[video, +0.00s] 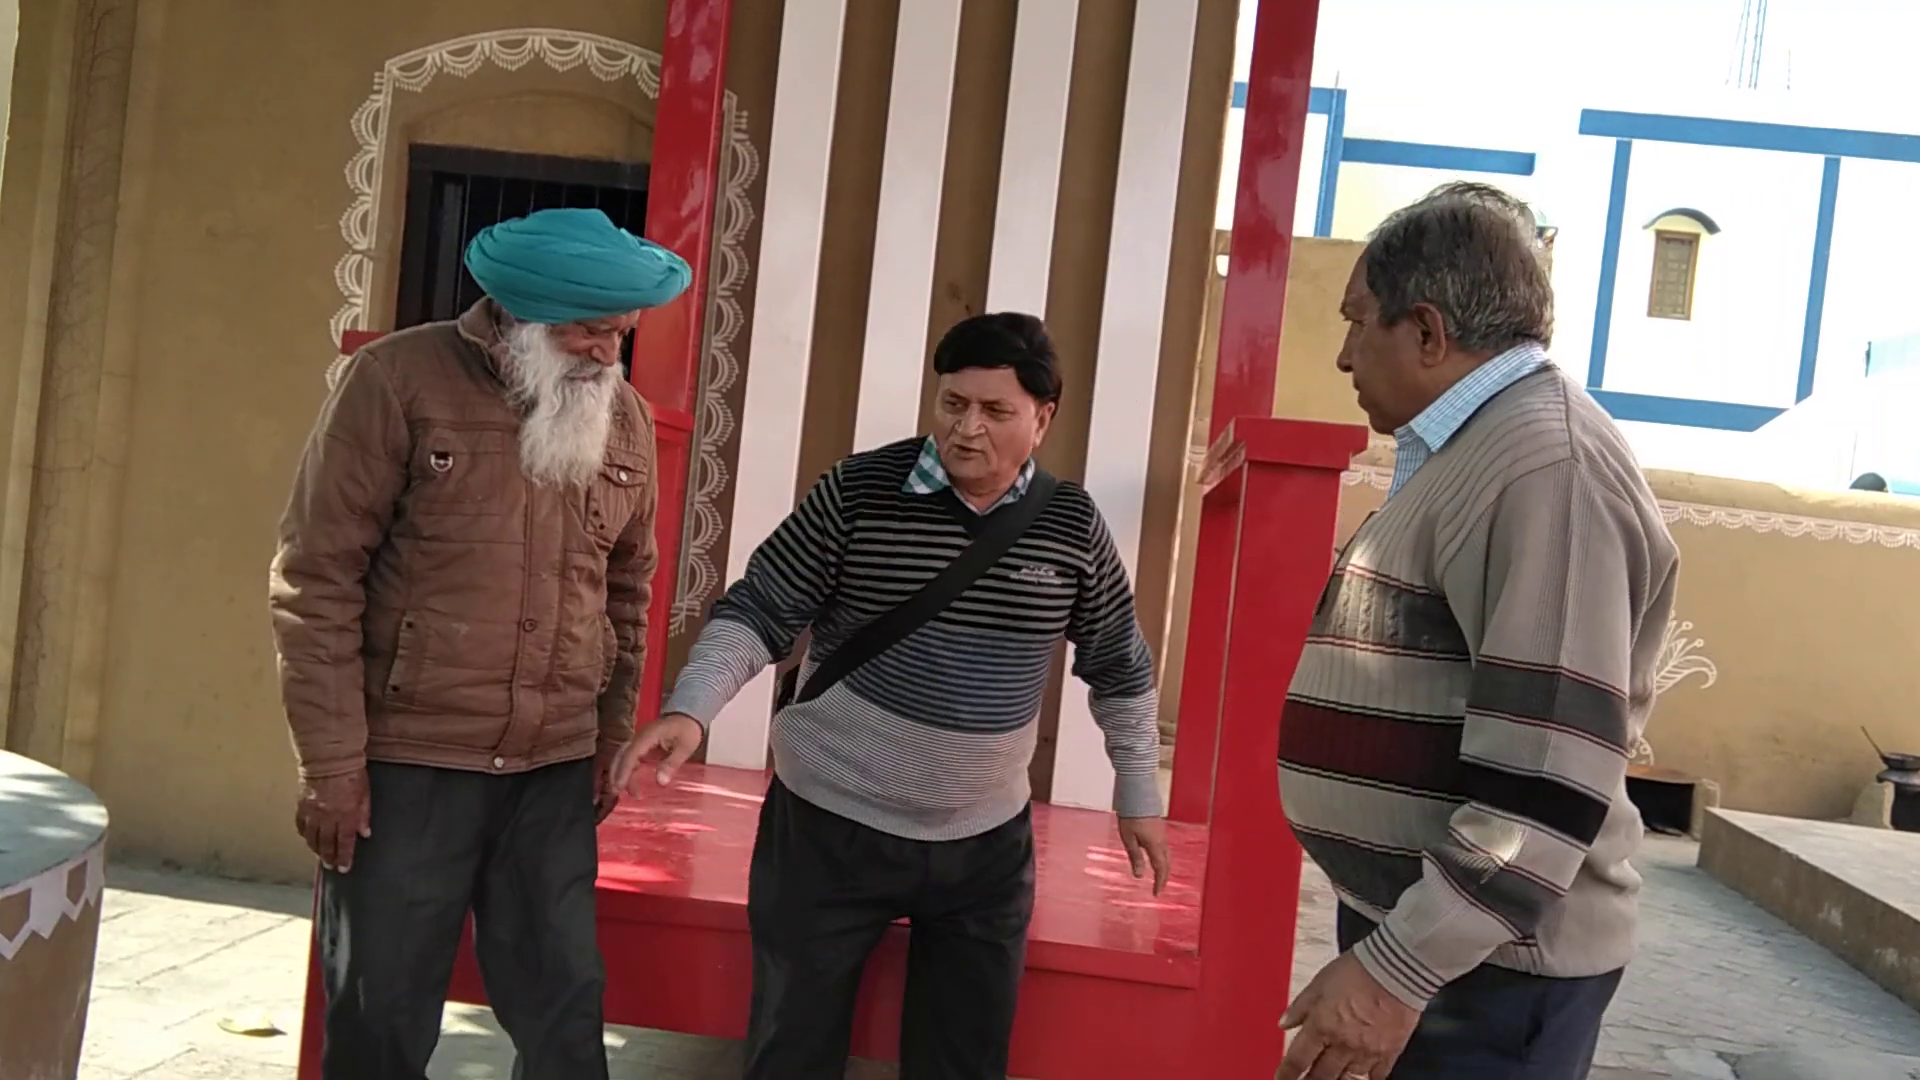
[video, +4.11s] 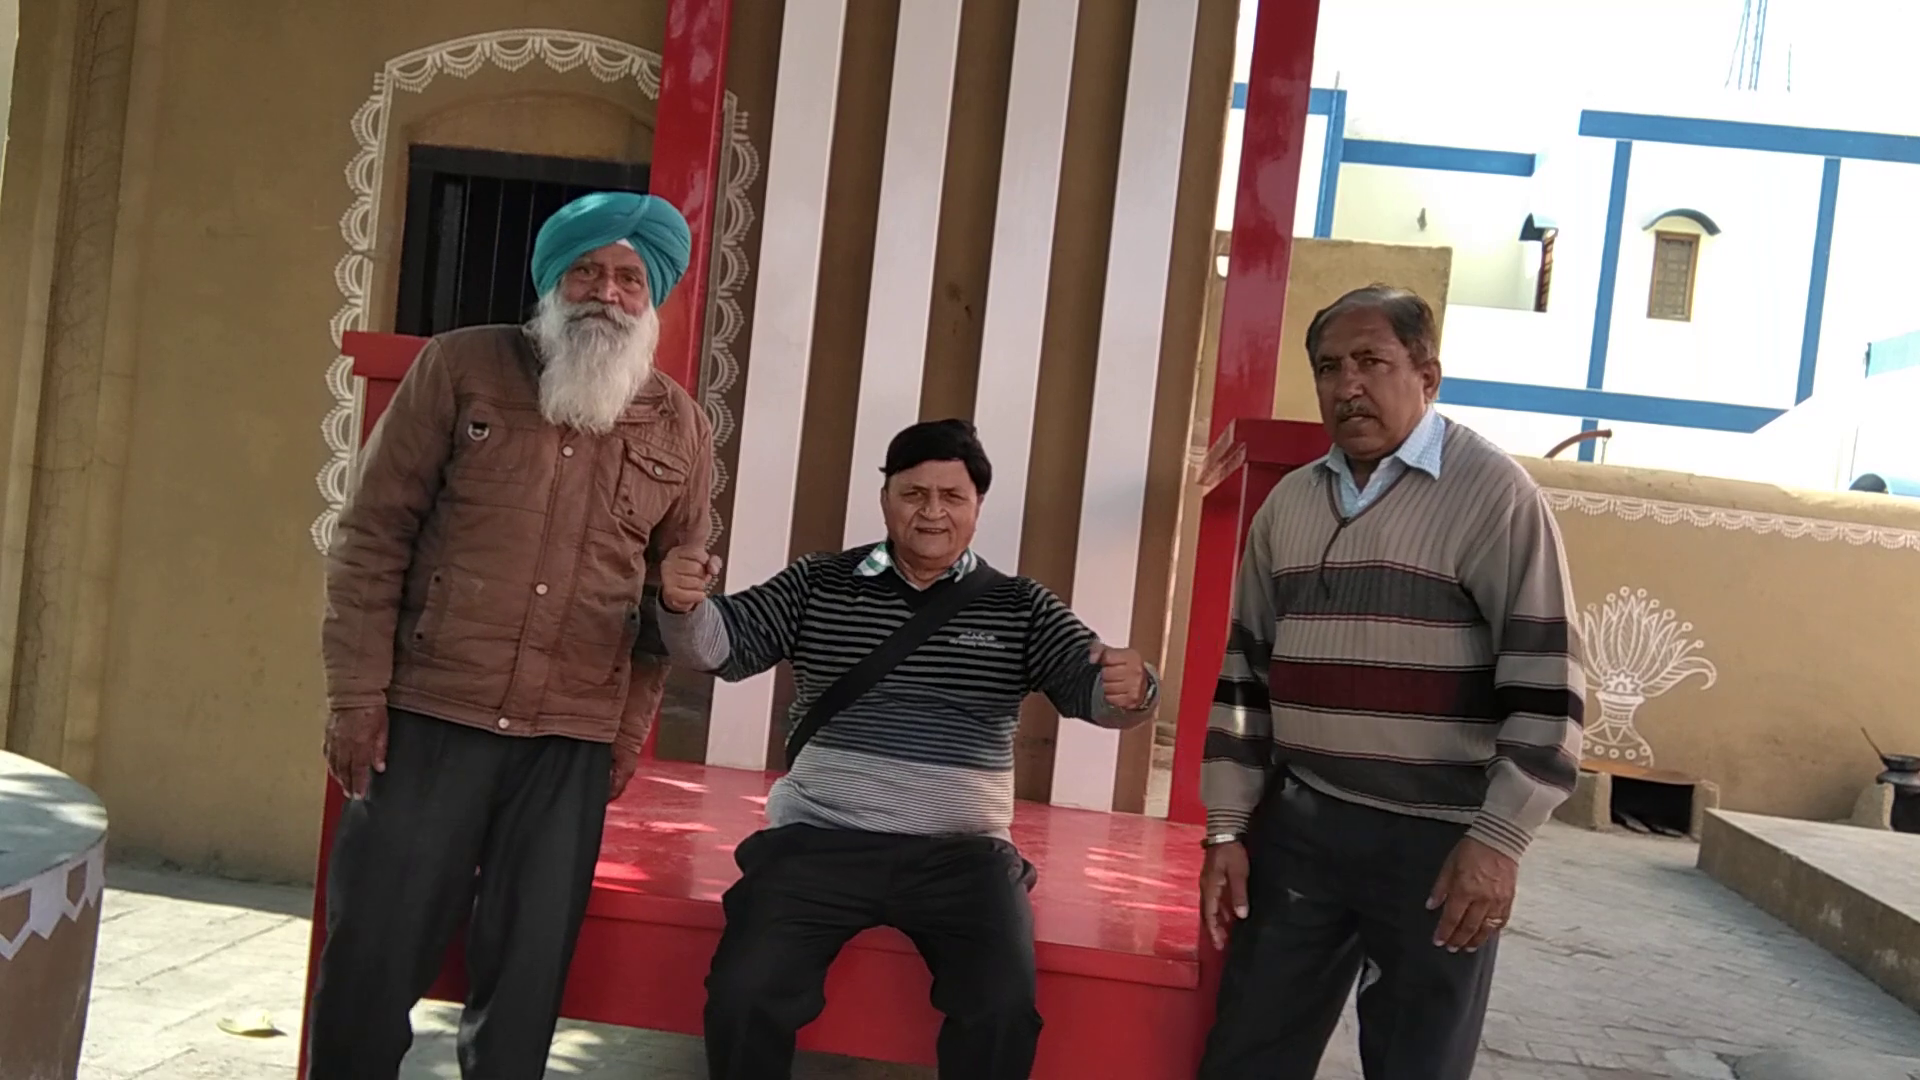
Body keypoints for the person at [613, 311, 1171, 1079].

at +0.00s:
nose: (969, 427)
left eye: (995, 409)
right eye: (954, 404)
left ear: (1043, 418)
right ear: (932, 401)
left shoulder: (1070, 525)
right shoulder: (859, 490)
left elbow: (1118, 664)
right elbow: (763, 605)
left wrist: (1138, 794)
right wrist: (689, 707)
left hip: (982, 841)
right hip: (827, 826)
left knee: (964, 1065)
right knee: (792, 1058)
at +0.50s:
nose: (884, 506)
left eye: (908, 491)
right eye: (874, 484)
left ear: (966, 489)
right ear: (859, 474)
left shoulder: (1022, 576)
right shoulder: (814, 554)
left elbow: (1124, 698)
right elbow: (709, 651)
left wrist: (1181, 819)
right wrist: (605, 683)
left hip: (968, 851)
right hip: (812, 836)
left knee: (988, 1024)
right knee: (756, 1009)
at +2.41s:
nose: (884, 514)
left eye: (907, 500)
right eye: (877, 496)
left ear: (962, 514)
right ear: (867, 501)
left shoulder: (1015, 608)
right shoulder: (817, 587)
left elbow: (1089, 704)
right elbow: (722, 650)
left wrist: (1124, 785)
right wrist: (635, 680)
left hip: (959, 853)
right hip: (813, 843)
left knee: (992, 1012)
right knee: (752, 1004)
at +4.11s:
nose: (933, 511)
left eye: (952, 496)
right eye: (915, 494)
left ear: (978, 508)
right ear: (885, 500)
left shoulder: (1020, 607)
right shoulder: (819, 583)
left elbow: (1088, 683)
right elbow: (720, 645)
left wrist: (1132, 688)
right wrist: (682, 605)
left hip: (964, 850)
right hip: (818, 838)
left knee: (1002, 1009)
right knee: (744, 997)